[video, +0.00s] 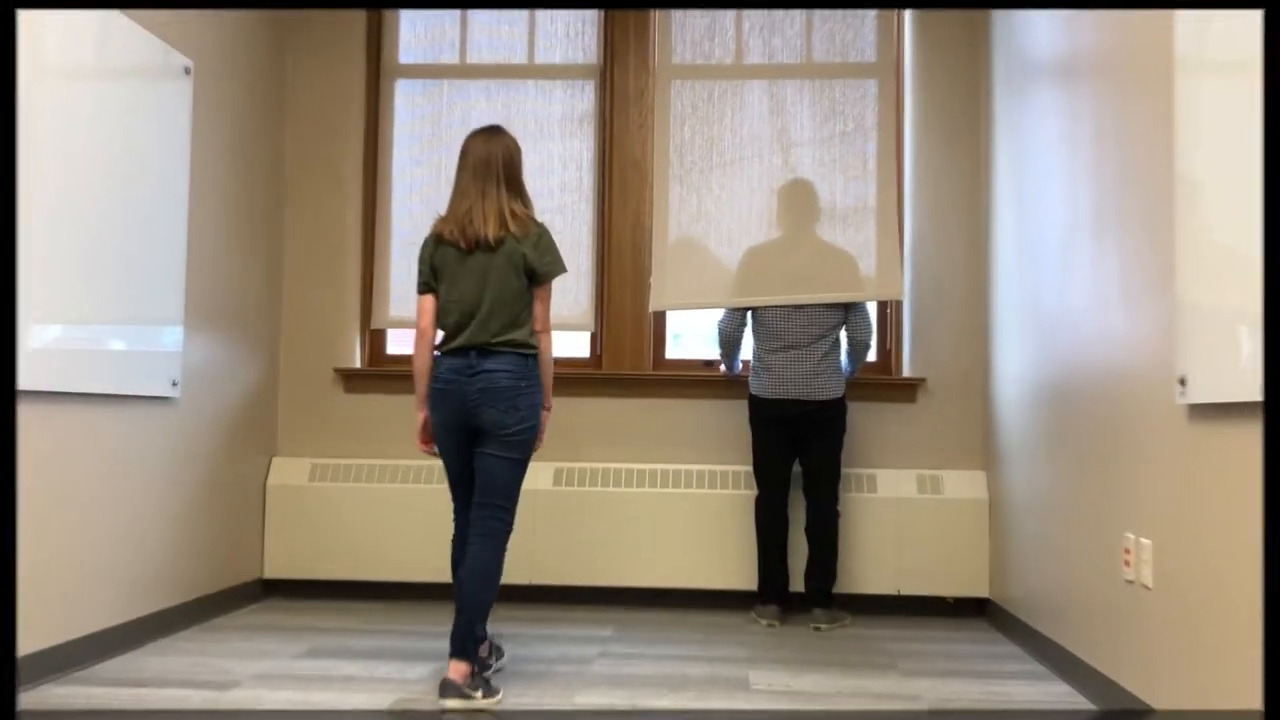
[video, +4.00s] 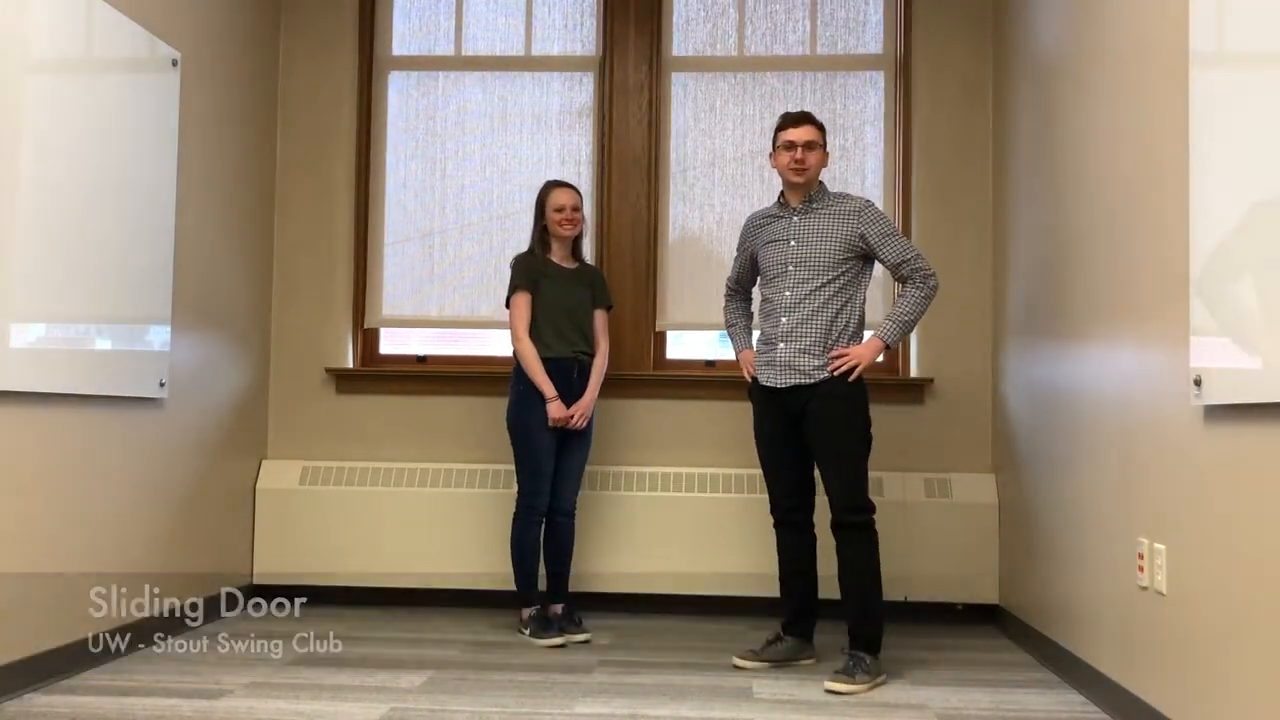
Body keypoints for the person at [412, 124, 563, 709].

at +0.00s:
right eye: (516, 164)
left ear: (463, 171)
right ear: (515, 172)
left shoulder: (439, 239)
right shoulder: (532, 235)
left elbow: (426, 331)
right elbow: (541, 329)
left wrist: (423, 403)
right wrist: (545, 399)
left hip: (450, 386)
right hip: (512, 386)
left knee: (465, 517)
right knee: (492, 524)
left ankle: (473, 639)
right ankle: (460, 665)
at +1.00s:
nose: (584, 205)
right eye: (581, 196)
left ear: (534, 200)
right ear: (579, 201)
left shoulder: (514, 262)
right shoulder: (595, 258)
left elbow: (511, 349)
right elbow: (612, 337)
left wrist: (518, 407)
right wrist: (627, 401)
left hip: (532, 391)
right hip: (586, 389)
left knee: (538, 502)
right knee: (574, 510)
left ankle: (515, 597)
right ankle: (568, 631)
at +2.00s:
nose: (593, 224)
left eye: (592, 216)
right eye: (586, 216)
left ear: (555, 220)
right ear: (563, 220)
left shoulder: (540, 270)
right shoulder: (568, 272)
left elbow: (537, 345)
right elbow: (577, 345)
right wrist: (601, 406)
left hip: (541, 391)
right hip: (565, 393)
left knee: (553, 502)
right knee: (590, 502)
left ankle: (553, 612)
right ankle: (555, 612)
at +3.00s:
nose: (567, 215)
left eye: (574, 208)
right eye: (558, 209)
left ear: (584, 216)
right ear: (543, 216)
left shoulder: (591, 278)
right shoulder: (527, 263)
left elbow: (601, 348)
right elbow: (515, 332)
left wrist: (584, 395)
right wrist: (547, 393)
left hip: (576, 391)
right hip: (532, 388)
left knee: (564, 504)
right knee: (535, 501)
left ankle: (559, 609)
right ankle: (530, 612)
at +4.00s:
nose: (569, 216)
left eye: (575, 209)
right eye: (559, 210)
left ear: (583, 216)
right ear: (543, 217)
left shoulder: (592, 276)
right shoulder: (528, 265)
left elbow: (602, 349)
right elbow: (520, 337)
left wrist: (589, 398)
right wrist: (551, 396)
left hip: (579, 394)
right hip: (535, 391)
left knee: (564, 504)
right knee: (534, 501)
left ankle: (559, 606)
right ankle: (530, 609)